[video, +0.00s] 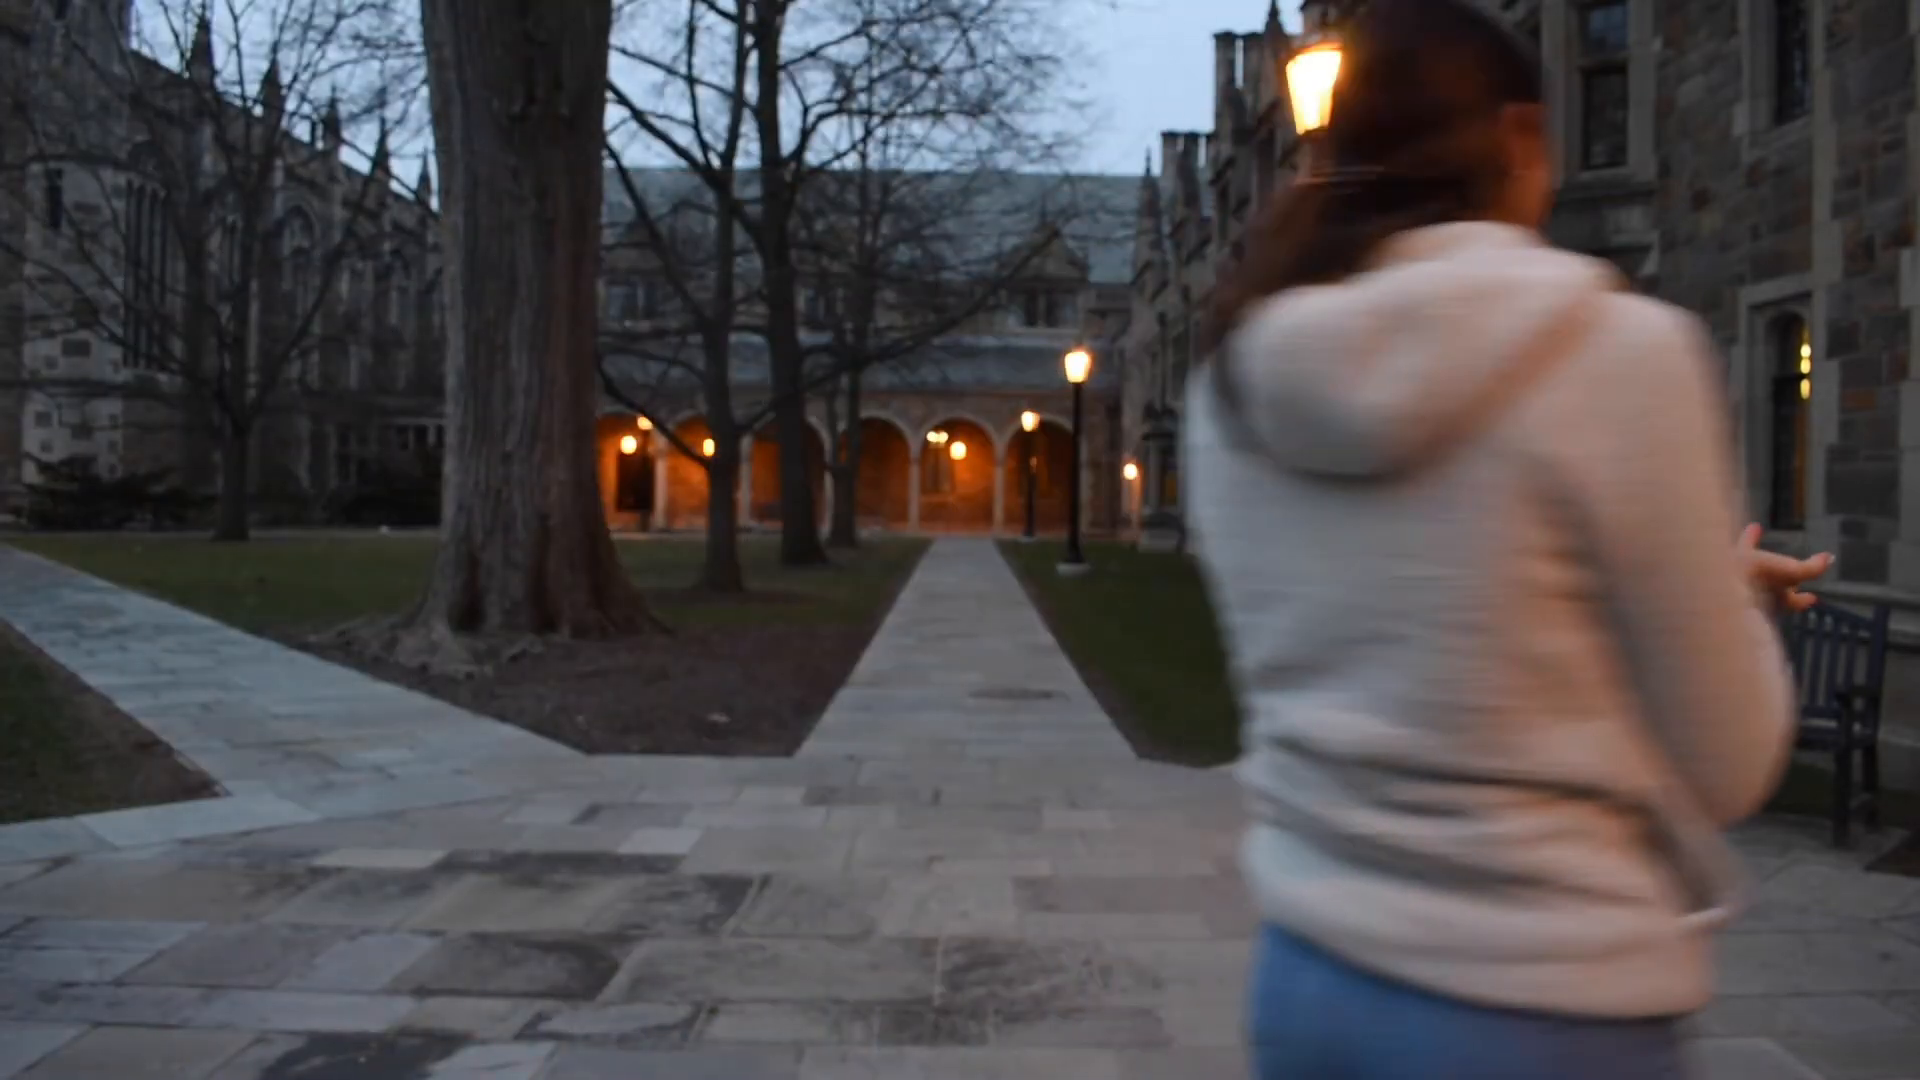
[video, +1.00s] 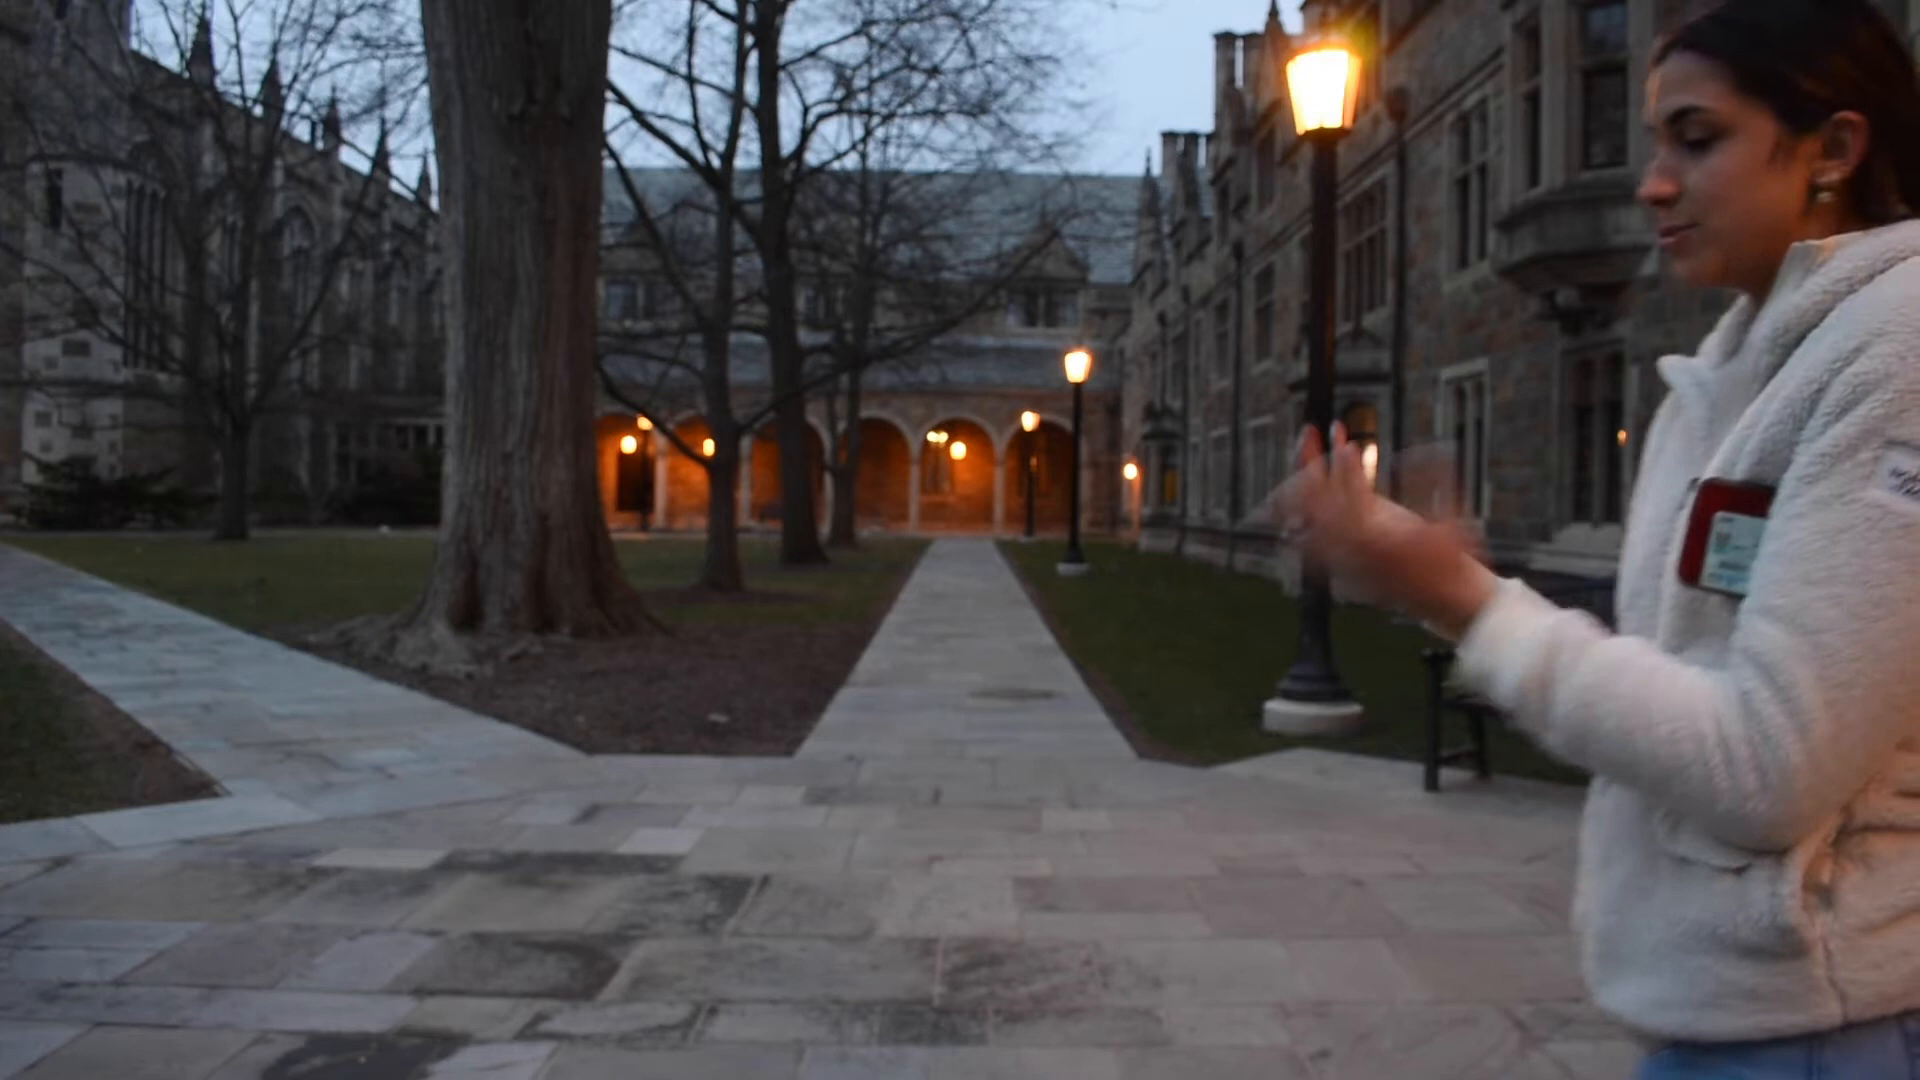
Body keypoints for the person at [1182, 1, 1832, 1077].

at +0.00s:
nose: (1552, 170)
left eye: (1543, 139)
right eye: (1545, 138)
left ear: (1354, 154)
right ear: (1519, 144)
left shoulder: (1235, 382)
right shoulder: (1618, 352)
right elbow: (1732, 761)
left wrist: (1692, 583)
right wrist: (1727, 584)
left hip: (1308, 988)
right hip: (1557, 1015)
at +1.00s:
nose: (1650, 183)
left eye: (1696, 137)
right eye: (1654, 144)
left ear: (1833, 149)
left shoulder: (1898, 353)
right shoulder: (1732, 367)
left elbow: (1767, 770)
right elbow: (1692, 688)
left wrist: (1466, 602)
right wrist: (1460, 586)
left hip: (1824, 1034)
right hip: (1714, 1019)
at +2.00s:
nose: (1004, 179)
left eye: (1038, 143)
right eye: (1019, 143)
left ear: (1143, 168)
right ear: (1138, 172)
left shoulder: (1215, 334)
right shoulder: (1156, 330)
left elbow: (1075, 753)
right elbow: (1049, 676)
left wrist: (793, 692)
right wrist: (821, 653)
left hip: (1130, 997)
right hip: (1101, 985)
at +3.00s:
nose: (679, 179)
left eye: (729, 152)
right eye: (666, 145)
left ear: (808, 200)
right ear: (646, 173)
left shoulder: (896, 374)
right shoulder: (581, 374)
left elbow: (860, 709)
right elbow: (533, 712)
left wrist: (603, 613)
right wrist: (498, 617)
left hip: (797, 928)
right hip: (598, 924)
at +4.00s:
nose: (1165, 224)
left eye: (1156, 191)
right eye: (1130, 187)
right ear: (1031, 204)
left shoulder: (1070, 392)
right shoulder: (941, 381)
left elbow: (1095, 684)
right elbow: (1010, 743)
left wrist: (1337, 645)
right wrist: (1292, 643)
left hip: (1076, 950)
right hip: (982, 963)